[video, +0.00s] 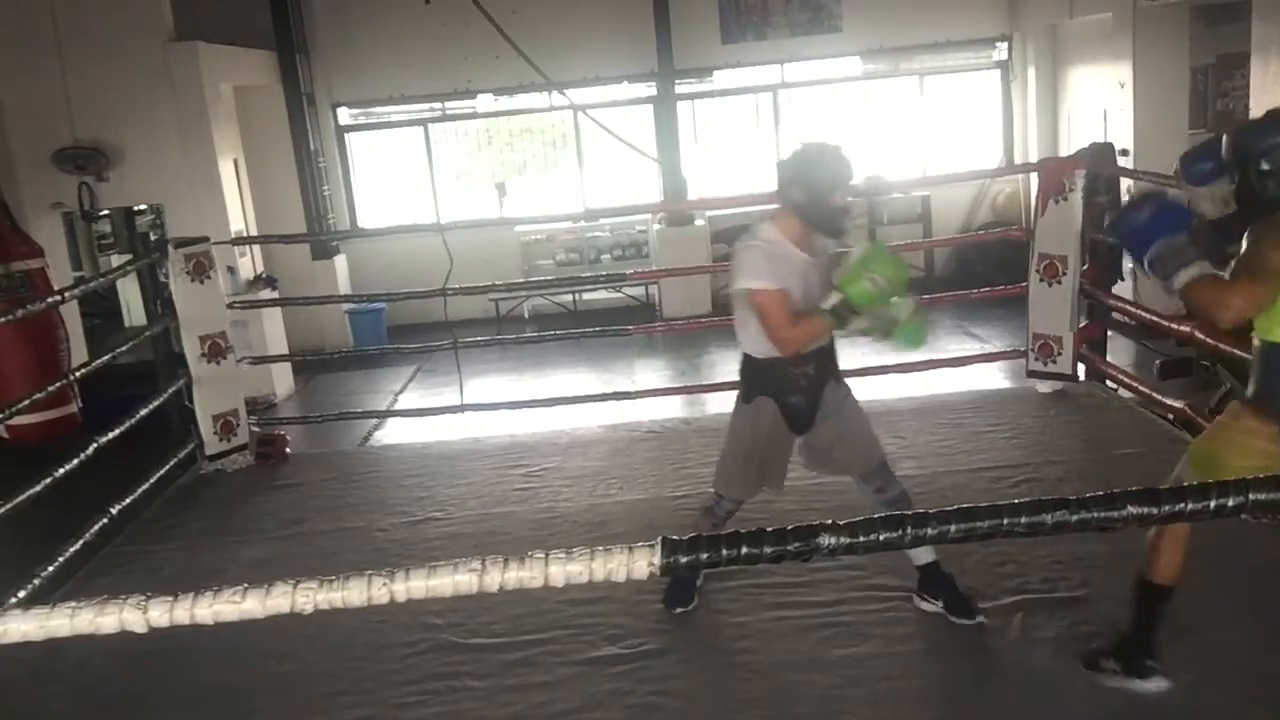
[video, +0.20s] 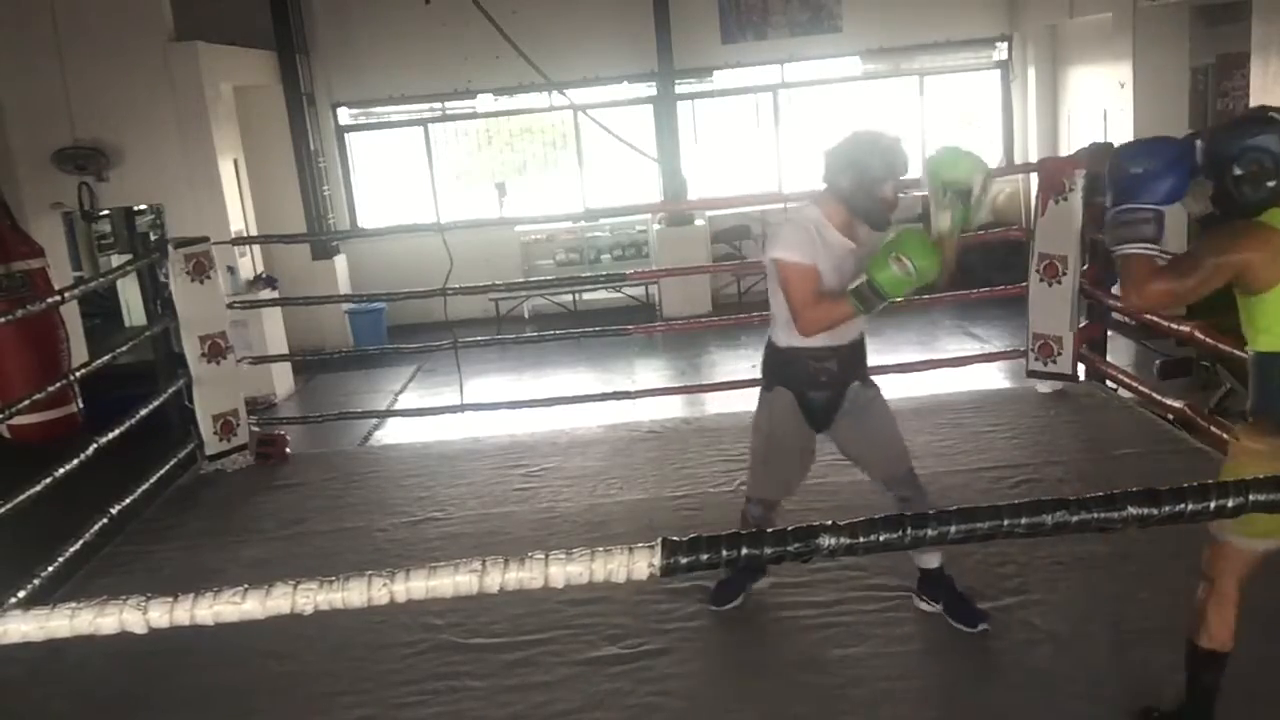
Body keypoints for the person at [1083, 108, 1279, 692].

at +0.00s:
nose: (1237, 180)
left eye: (1241, 167)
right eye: (1240, 164)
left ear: (1263, 171)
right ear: (1270, 169)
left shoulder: (1272, 233)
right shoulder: (1267, 227)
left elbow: (1226, 309)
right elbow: (1244, 297)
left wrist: (1168, 249)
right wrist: (1219, 224)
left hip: (1265, 415)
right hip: (1265, 410)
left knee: (1175, 504)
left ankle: (1138, 650)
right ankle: (1140, 648)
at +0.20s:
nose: (1216, 183)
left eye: (1224, 171)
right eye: (1219, 170)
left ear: (1247, 174)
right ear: (1271, 172)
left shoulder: (1251, 239)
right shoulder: (1260, 234)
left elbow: (1143, 293)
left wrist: (1134, 211)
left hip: (1264, 452)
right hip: (1264, 447)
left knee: (1222, 585)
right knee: (1221, 579)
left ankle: (1197, 705)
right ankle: (1197, 701)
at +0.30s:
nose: (1200, 193)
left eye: (1207, 180)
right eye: (1202, 179)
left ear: (1229, 181)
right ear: (1264, 176)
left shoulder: (1239, 246)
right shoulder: (1258, 238)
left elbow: (1125, 300)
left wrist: (1120, 215)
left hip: (1265, 453)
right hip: (1264, 448)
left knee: (1226, 590)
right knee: (1228, 586)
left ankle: (1197, 708)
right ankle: (1199, 705)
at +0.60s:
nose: (1270, 222)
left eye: (1272, 207)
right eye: (1269, 207)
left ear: (1274, 216)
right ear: (1266, 215)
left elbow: (1270, 389)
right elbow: (1265, 381)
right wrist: (1223, 344)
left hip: (1267, 481)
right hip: (1263, 475)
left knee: (1219, 577)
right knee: (1219, 577)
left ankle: (1184, 705)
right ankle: (1185, 703)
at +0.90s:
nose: (1206, 225)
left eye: (1214, 214)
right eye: (1209, 213)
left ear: (1232, 219)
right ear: (1269, 216)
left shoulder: (1208, 299)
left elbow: (1145, 396)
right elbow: (1149, 394)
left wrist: (1189, 415)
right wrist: (1188, 415)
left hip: (1255, 503)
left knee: (1201, 604)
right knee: (1201, 604)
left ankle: (1149, 707)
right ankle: (1151, 705)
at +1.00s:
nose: (1207, 220)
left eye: (1214, 208)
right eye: (1212, 206)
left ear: (1233, 214)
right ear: (1269, 213)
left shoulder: (1202, 298)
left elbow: (1136, 401)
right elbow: (1139, 400)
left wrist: (1201, 406)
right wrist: (1198, 406)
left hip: (1249, 512)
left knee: (1196, 613)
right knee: (1196, 615)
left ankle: (1147, 711)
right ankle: (1149, 708)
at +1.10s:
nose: (1213, 211)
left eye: (1222, 200)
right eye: (1220, 198)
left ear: (1244, 212)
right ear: (1272, 215)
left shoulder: (1222, 295)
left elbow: (1150, 399)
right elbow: (1153, 397)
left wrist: (1187, 449)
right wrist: (1185, 445)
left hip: (1258, 518)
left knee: (1199, 627)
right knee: (1199, 629)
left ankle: (1150, 708)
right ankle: (1152, 706)